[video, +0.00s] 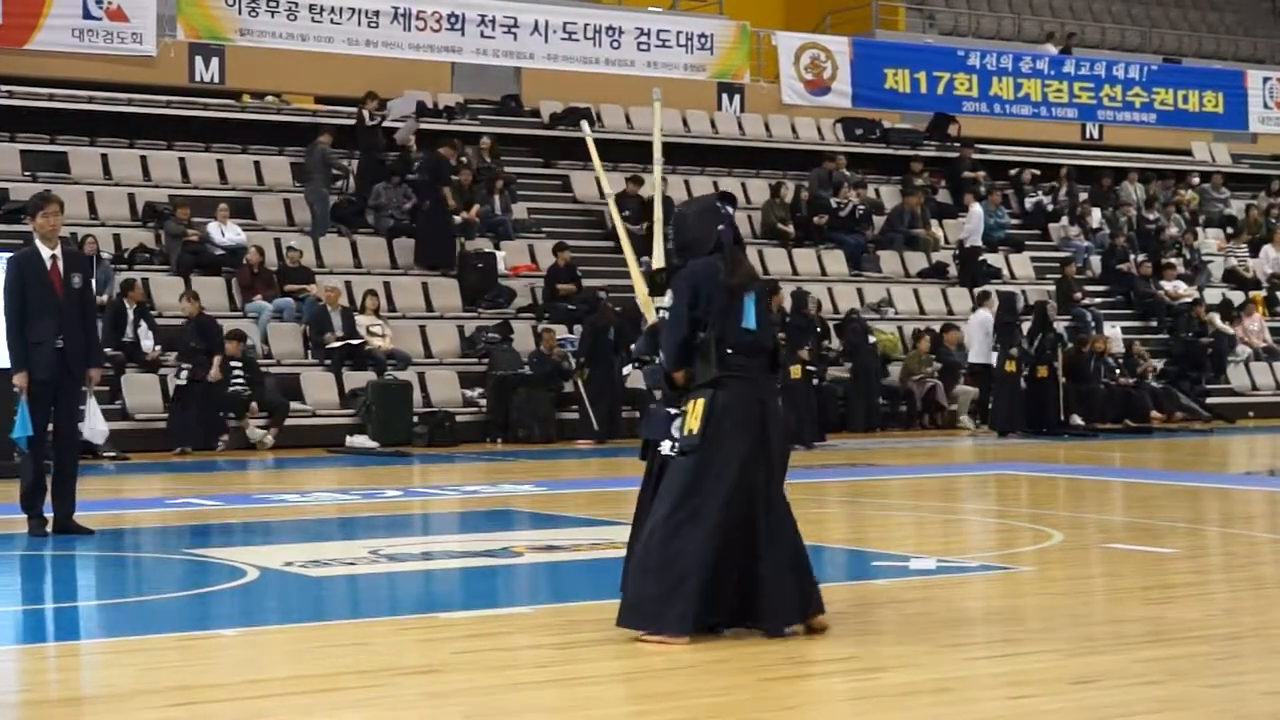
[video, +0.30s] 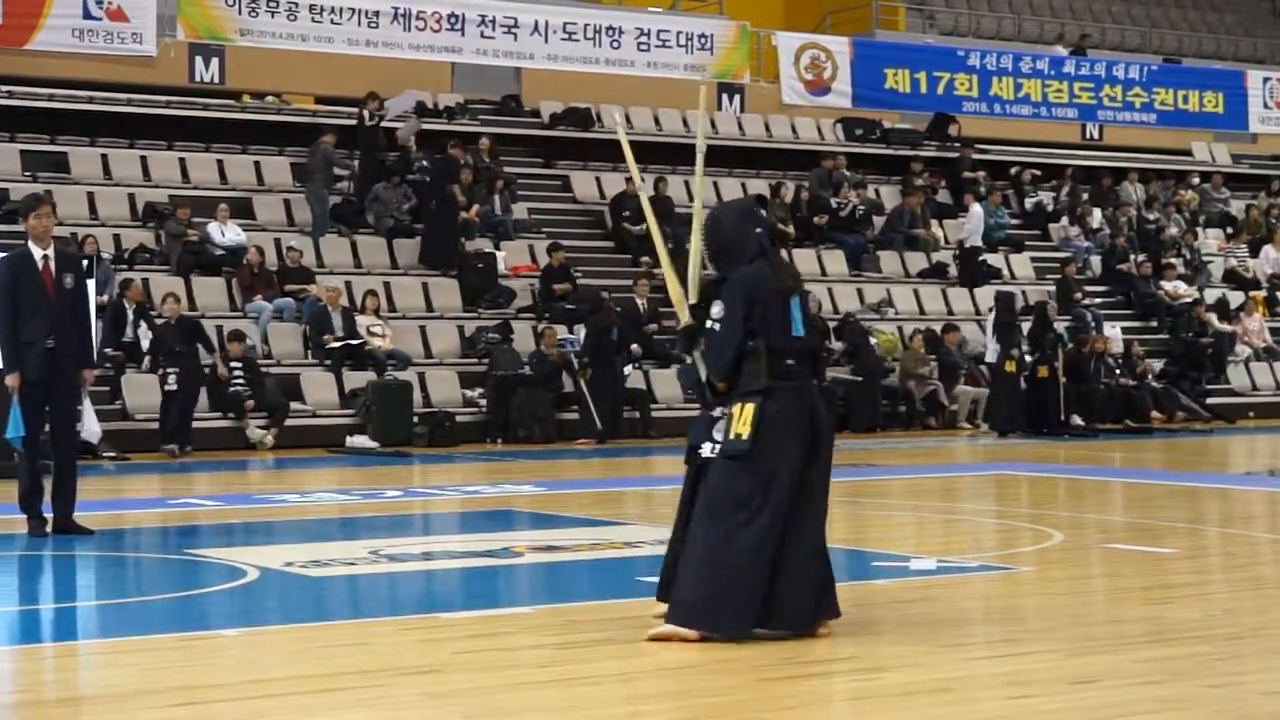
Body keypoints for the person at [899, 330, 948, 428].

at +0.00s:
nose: (928, 344)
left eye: (929, 342)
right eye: (926, 341)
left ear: (929, 344)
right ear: (918, 343)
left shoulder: (928, 358)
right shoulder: (912, 356)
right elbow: (914, 371)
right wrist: (929, 370)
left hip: (922, 380)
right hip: (909, 380)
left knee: (934, 386)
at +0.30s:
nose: (920, 343)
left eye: (922, 340)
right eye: (918, 340)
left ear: (924, 342)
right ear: (911, 342)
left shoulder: (924, 356)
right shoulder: (908, 354)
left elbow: (928, 369)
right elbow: (908, 370)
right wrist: (923, 372)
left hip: (922, 380)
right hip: (910, 379)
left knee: (934, 388)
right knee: (911, 385)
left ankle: (931, 417)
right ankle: (913, 417)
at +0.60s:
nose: (910, 343)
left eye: (912, 340)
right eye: (907, 341)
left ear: (914, 342)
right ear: (902, 344)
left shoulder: (917, 355)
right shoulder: (901, 356)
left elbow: (927, 363)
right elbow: (907, 373)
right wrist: (924, 367)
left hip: (921, 380)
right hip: (908, 381)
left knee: (933, 390)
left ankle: (933, 418)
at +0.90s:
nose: (911, 343)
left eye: (913, 340)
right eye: (908, 340)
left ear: (916, 342)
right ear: (902, 344)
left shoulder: (921, 357)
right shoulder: (900, 357)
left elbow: (927, 371)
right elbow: (905, 373)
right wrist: (922, 370)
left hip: (922, 380)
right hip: (909, 381)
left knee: (935, 388)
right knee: (912, 386)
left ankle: (933, 418)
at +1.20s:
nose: (914, 343)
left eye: (915, 340)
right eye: (910, 340)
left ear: (917, 342)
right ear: (904, 343)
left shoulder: (920, 356)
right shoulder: (900, 357)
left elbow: (929, 372)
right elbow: (906, 374)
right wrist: (925, 376)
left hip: (924, 381)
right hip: (910, 382)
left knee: (935, 389)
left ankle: (934, 418)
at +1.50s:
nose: (913, 343)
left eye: (915, 340)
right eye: (910, 340)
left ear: (917, 342)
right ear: (904, 343)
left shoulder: (920, 356)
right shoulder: (901, 357)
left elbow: (929, 371)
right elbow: (906, 374)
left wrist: (925, 377)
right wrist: (923, 377)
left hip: (924, 382)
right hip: (911, 383)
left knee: (934, 391)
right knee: (937, 388)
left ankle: (934, 418)